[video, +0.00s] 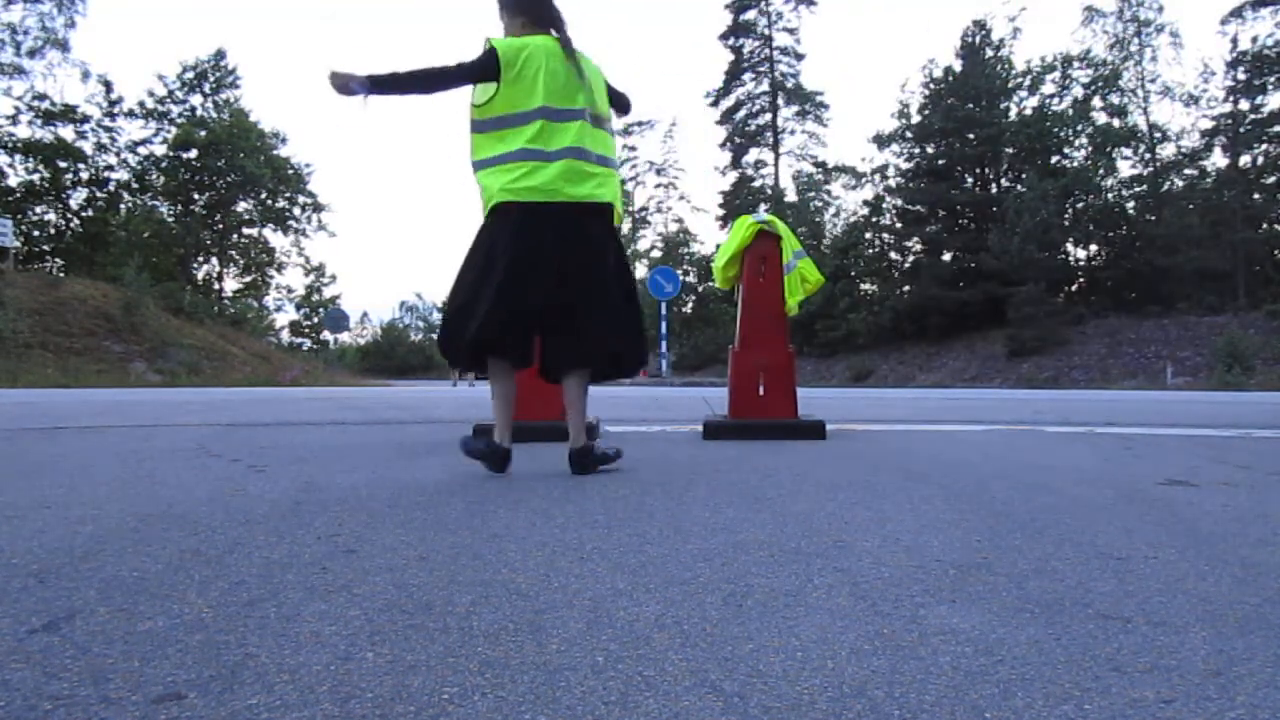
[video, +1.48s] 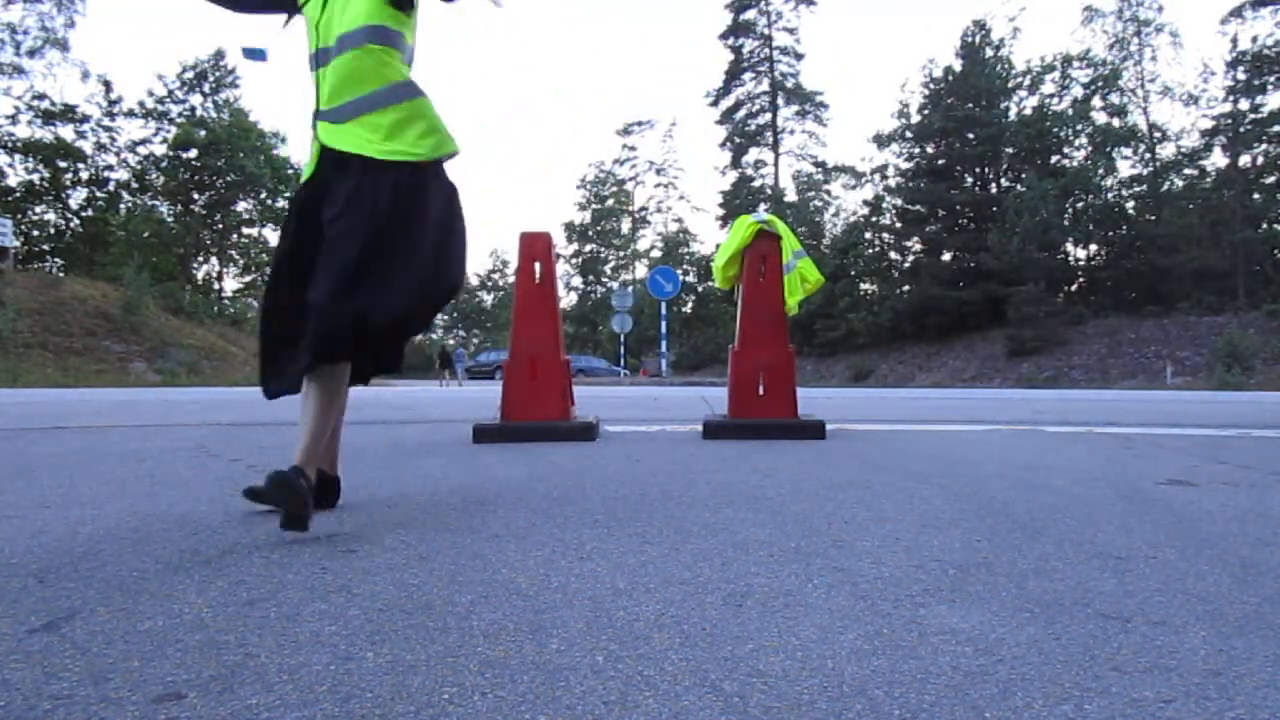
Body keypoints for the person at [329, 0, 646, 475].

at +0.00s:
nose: (502, 27)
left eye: (504, 18)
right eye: (503, 19)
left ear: (517, 17)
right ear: (552, 20)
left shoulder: (507, 53)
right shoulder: (587, 67)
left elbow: (446, 77)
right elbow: (622, 104)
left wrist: (366, 83)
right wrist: (587, 89)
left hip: (521, 213)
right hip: (588, 215)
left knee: (501, 324)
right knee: (574, 328)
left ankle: (501, 444)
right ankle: (581, 446)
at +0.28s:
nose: (437, 14)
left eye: (443, 5)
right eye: (438, 7)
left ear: (470, 8)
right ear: (470, 11)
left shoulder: (495, 58)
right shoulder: (465, 74)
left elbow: (518, 85)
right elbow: (421, 116)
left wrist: (544, 95)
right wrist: (353, 121)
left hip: (478, 232)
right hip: (485, 232)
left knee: (429, 339)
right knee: (496, 341)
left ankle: (392, 454)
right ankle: (558, 426)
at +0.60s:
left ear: (454, 2)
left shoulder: (479, 59)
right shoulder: (378, 34)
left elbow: (542, 99)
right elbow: (304, 35)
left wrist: (608, 68)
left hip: (440, 215)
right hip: (372, 203)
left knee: (414, 331)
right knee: (371, 309)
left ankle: (385, 452)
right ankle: (336, 424)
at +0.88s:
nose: (442, 6)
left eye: (441, 5)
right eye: (438, 4)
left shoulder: (381, 18)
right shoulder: (409, 10)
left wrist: (453, 75)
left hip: (350, 158)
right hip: (402, 157)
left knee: (369, 305)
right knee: (416, 311)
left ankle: (320, 410)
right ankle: (369, 445)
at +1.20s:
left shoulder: (326, 10)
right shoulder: (436, 37)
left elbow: (226, 41)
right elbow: (486, 87)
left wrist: (121, 52)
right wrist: (517, 115)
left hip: (340, 196)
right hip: (413, 208)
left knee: (319, 335)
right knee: (373, 337)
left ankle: (384, 484)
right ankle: (349, 470)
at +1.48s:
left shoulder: (388, 1)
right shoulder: (312, 5)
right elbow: (234, 1)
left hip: (389, 155)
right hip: (334, 160)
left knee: (333, 313)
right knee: (328, 320)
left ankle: (302, 473)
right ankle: (324, 475)